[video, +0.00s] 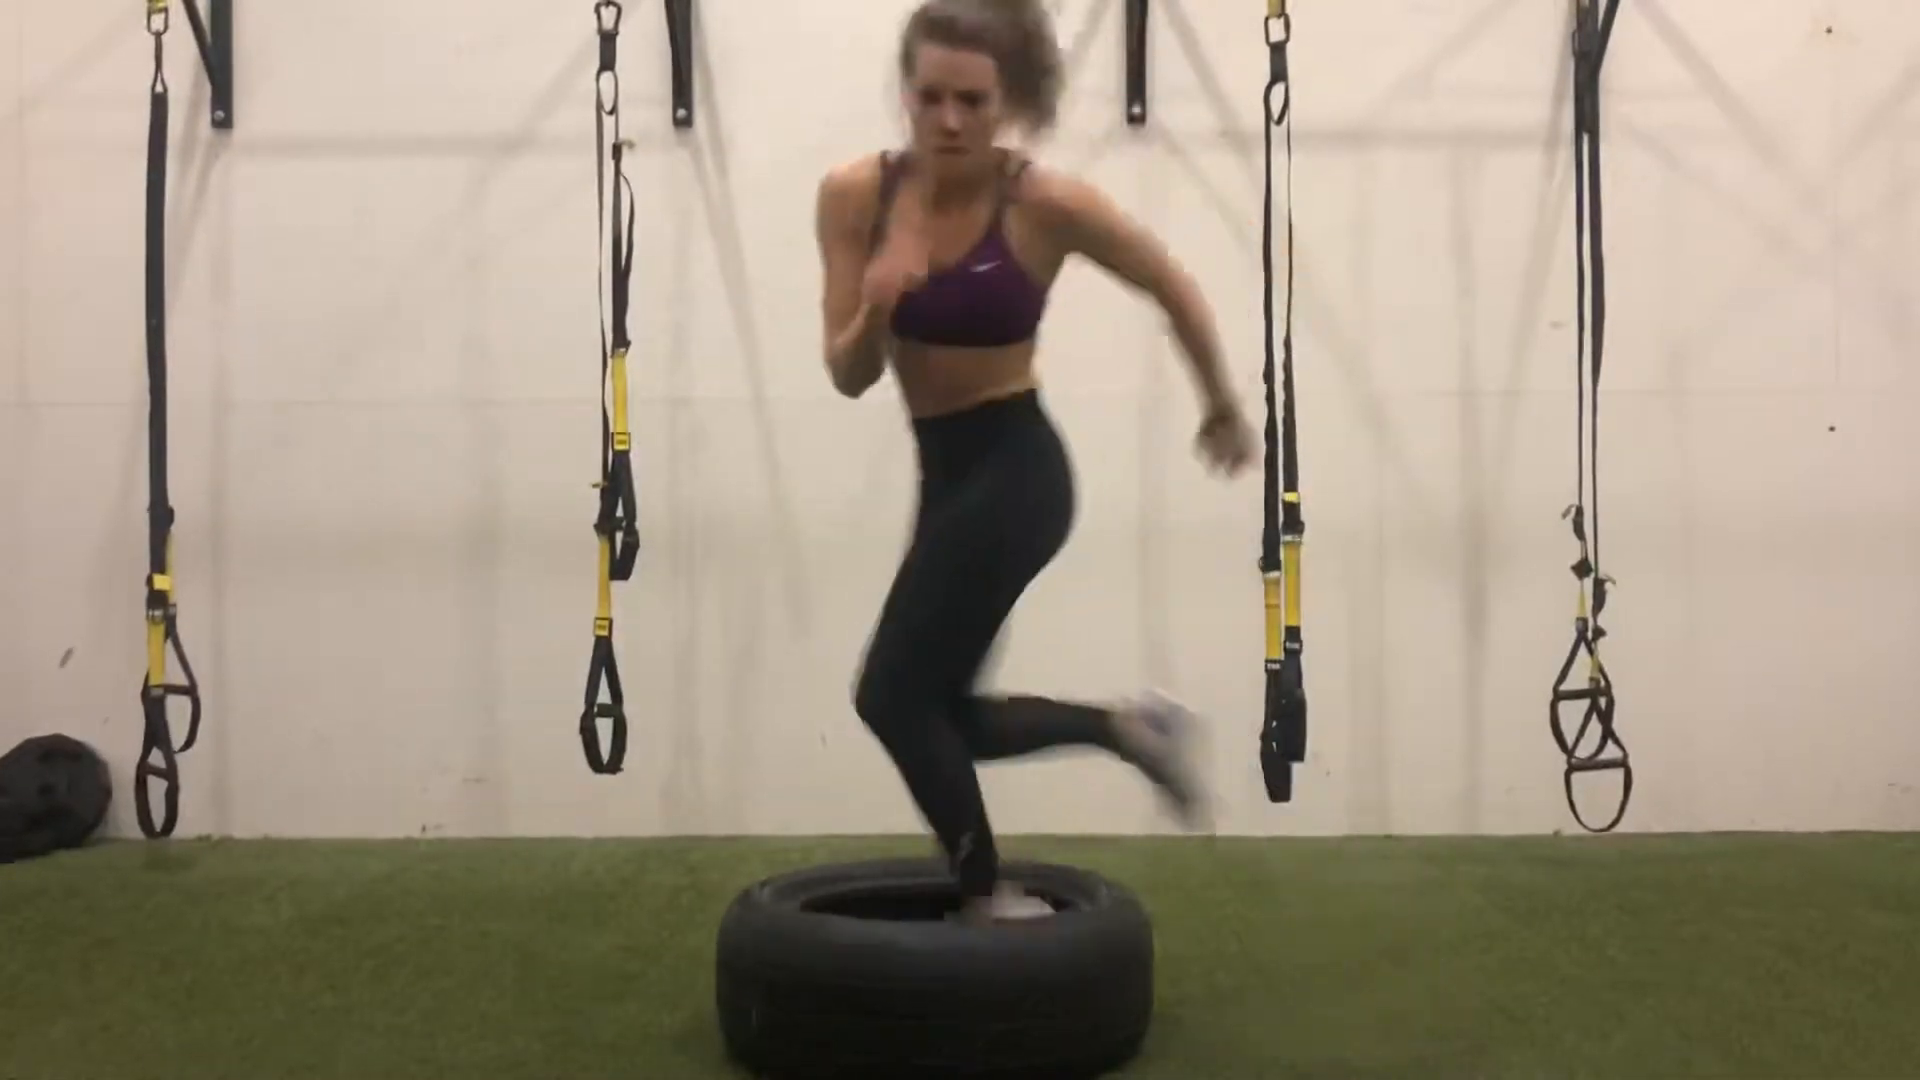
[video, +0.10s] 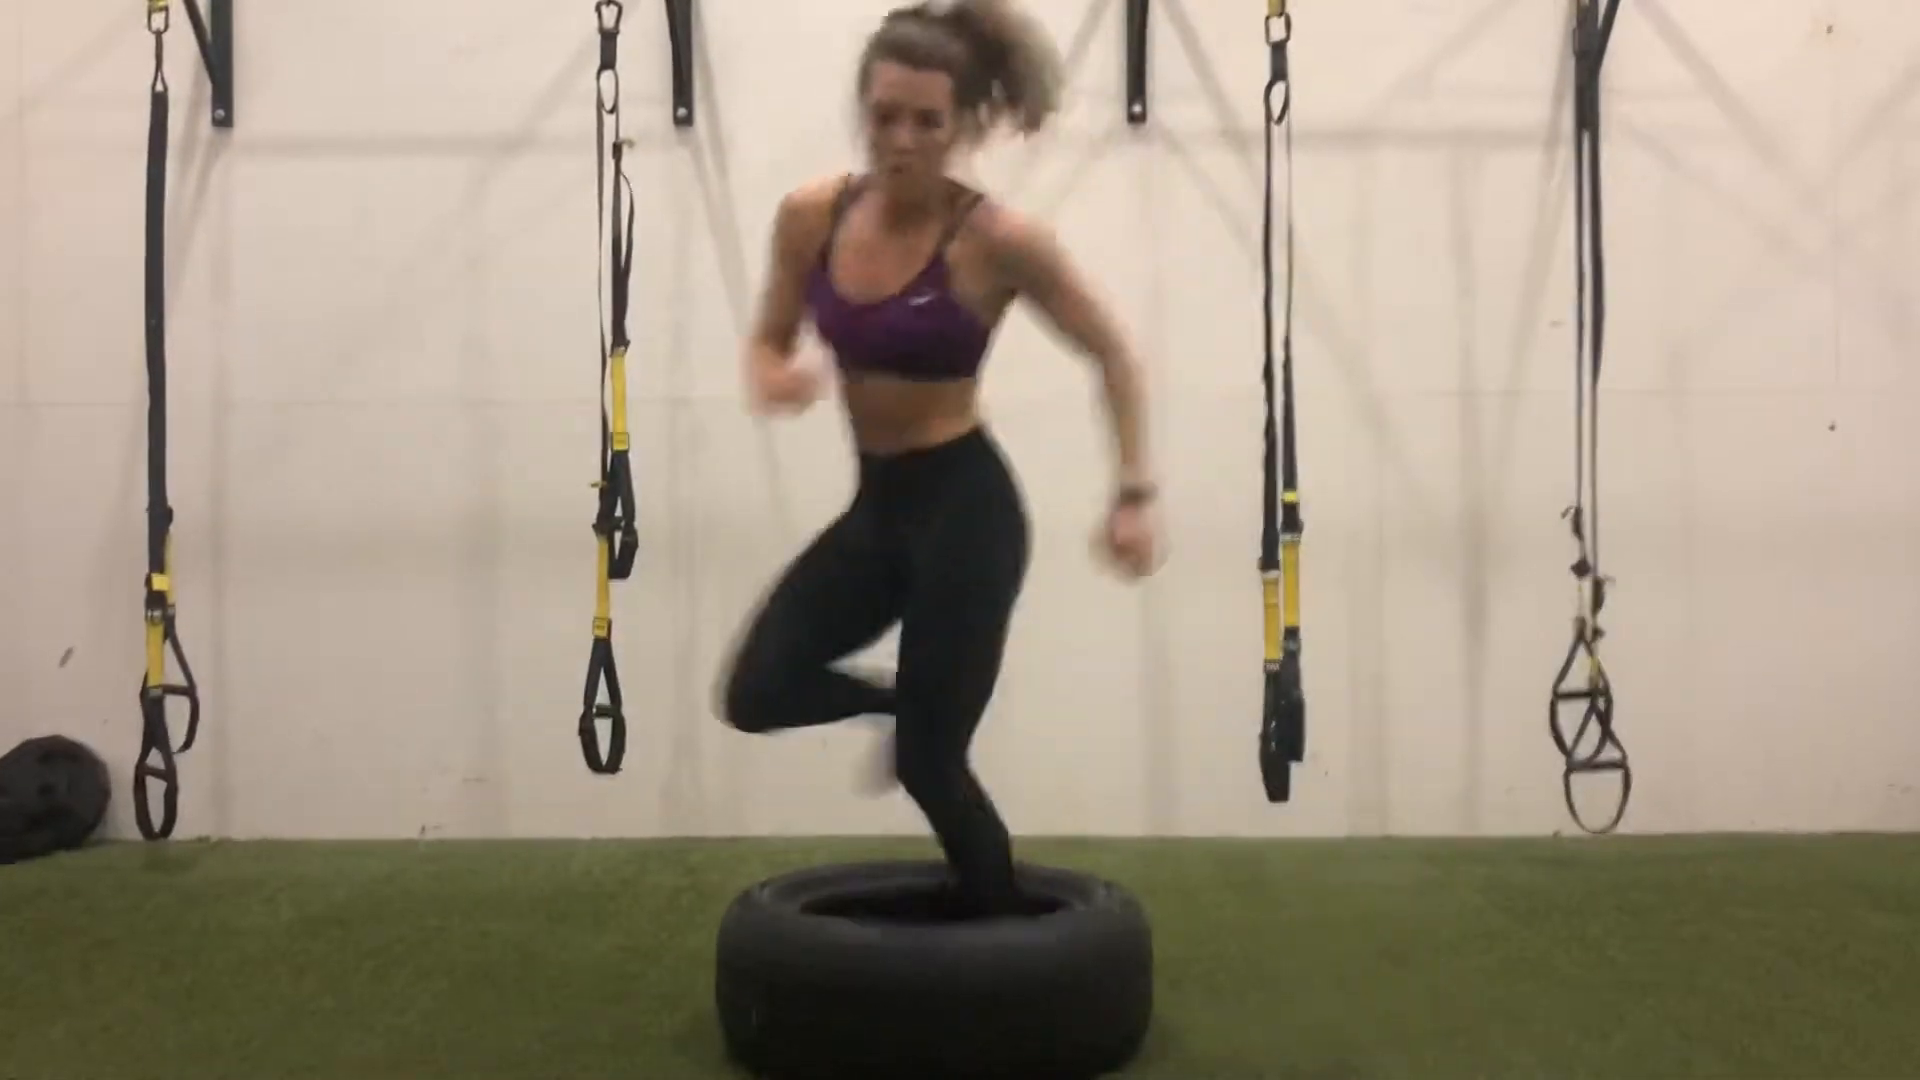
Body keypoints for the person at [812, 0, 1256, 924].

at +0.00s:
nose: (948, 120)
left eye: (971, 101)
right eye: (931, 97)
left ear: (1009, 104)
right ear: (906, 95)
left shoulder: (1048, 206)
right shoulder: (858, 196)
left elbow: (1171, 285)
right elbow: (848, 377)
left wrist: (1223, 405)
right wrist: (876, 311)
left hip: (1018, 473)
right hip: (947, 477)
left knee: (891, 694)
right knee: (940, 722)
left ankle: (983, 902)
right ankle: (1125, 727)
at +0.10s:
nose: (903, 139)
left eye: (927, 120)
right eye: (886, 116)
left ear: (967, 124)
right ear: (862, 111)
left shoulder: (999, 242)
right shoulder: (813, 218)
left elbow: (1115, 353)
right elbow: (768, 341)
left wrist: (1132, 493)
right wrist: (774, 377)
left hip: (966, 511)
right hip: (880, 509)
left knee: (929, 760)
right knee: (756, 697)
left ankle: (1006, 940)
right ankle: (918, 695)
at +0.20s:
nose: (851, 155)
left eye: (875, 136)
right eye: (833, 128)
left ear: (903, 139)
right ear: (798, 119)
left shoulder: (924, 247)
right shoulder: (729, 221)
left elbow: (994, 380)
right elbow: (696, 332)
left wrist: (951, 457)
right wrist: (692, 429)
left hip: (907, 480)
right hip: (810, 484)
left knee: (872, 723)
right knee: (682, 695)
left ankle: (981, 925)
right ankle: (639, 885)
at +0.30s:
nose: (797, 204)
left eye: (822, 188)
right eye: (781, 179)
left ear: (848, 196)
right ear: (747, 170)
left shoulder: (864, 293)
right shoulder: (667, 285)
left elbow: (883, 391)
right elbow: (640, 431)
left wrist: (860, 455)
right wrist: (716, 496)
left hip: (818, 519)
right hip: (710, 525)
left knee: (789, 655)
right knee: (605, 754)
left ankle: (876, 759)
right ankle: (546, 978)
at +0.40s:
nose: (783, 190)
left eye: (807, 171)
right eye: (765, 165)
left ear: (837, 174)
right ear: (734, 160)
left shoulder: (864, 264)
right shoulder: (678, 266)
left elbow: (882, 334)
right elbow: (621, 421)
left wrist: (876, 407)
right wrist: (709, 426)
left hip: (803, 516)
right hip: (694, 512)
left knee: (745, 630)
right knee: (557, 725)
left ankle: (745, 764)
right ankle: (531, 953)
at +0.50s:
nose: (795, 175)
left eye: (817, 156)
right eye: (777, 152)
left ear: (849, 152)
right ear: (745, 142)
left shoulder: (878, 238)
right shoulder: (691, 242)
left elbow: (941, 324)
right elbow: (613, 361)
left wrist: (932, 390)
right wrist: (603, 465)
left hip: (786, 518)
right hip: (676, 498)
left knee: (732, 761)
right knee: (602, 740)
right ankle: (463, 918)